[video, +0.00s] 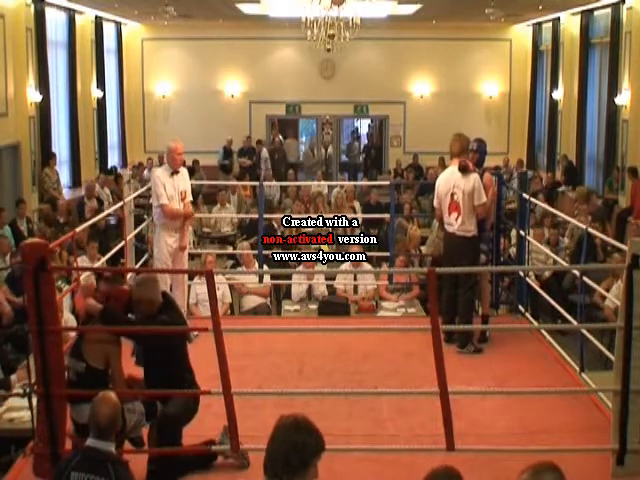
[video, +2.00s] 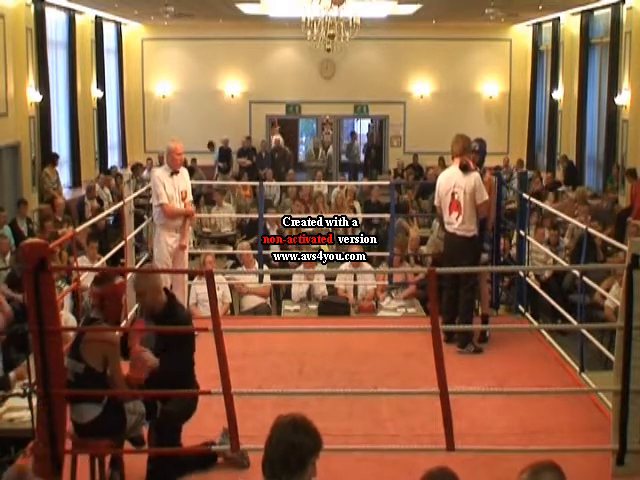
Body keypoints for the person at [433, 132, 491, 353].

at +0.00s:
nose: (467, 155)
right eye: (468, 151)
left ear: (449, 152)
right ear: (468, 152)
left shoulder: (442, 178)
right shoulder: (473, 178)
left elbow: (438, 212)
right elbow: (481, 211)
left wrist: (447, 226)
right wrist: (491, 193)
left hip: (449, 235)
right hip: (468, 236)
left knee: (449, 282)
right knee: (467, 285)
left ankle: (448, 328)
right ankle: (465, 336)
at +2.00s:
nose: (470, 155)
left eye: (464, 151)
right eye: (470, 152)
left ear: (452, 153)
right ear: (469, 153)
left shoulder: (443, 176)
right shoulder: (474, 177)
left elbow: (438, 206)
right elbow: (483, 209)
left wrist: (446, 224)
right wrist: (486, 184)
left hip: (450, 235)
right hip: (469, 236)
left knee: (450, 283)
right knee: (468, 285)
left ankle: (448, 327)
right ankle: (464, 335)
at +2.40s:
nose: (470, 154)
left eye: (463, 150)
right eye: (470, 151)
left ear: (452, 152)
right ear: (469, 152)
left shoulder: (443, 176)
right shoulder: (474, 176)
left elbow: (438, 205)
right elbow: (484, 205)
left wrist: (446, 224)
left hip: (450, 235)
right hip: (469, 236)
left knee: (449, 282)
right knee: (468, 284)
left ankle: (448, 327)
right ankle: (464, 334)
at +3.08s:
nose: (470, 155)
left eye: (467, 152)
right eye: (470, 152)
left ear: (451, 152)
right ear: (468, 152)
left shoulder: (442, 176)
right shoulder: (473, 175)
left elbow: (437, 205)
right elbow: (484, 198)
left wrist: (445, 225)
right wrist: (477, 172)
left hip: (449, 235)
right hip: (468, 236)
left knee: (449, 283)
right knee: (467, 284)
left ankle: (449, 327)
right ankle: (464, 334)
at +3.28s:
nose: (467, 156)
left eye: (460, 152)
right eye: (468, 152)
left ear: (451, 152)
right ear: (469, 152)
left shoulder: (442, 176)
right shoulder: (473, 175)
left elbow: (438, 206)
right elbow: (483, 198)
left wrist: (446, 223)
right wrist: (478, 173)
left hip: (449, 234)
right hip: (468, 235)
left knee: (450, 281)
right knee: (468, 283)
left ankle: (448, 326)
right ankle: (465, 333)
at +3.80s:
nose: (466, 154)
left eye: (455, 150)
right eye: (468, 150)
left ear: (452, 151)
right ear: (470, 152)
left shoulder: (443, 177)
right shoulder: (474, 179)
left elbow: (438, 210)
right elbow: (480, 212)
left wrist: (451, 217)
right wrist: (489, 204)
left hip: (449, 235)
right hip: (468, 236)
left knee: (450, 282)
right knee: (467, 284)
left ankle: (448, 327)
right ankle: (465, 335)